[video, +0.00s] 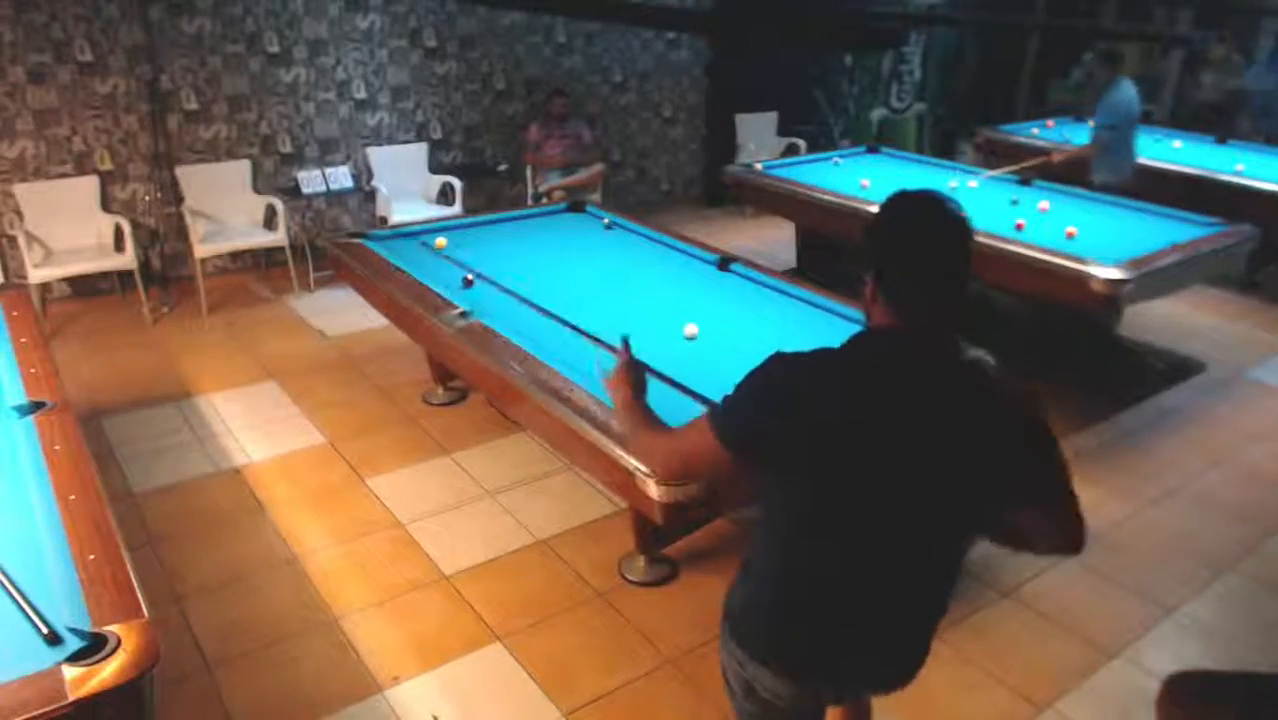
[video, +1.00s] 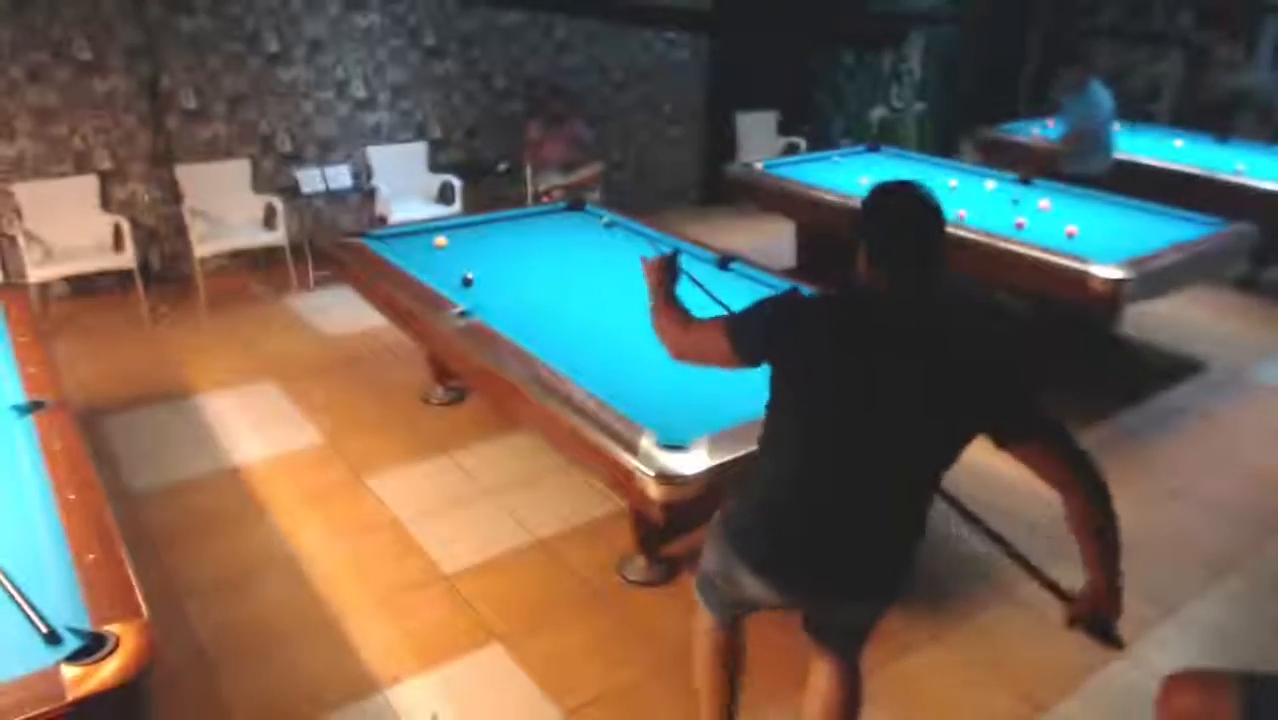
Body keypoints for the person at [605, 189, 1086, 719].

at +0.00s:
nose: (866, 286)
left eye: (866, 275)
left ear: (870, 287)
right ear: (959, 293)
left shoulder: (797, 382)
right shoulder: (996, 406)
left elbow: (666, 460)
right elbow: (1062, 532)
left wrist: (626, 400)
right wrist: (960, 504)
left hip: (776, 646)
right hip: (892, 653)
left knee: (770, 706)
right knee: (853, 688)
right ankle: (855, 707)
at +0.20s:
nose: (861, 277)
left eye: (864, 265)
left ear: (868, 279)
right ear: (955, 286)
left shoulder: (794, 369)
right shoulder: (993, 403)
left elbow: (652, 410)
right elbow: (1054, 540)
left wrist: (604, 348)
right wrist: (981, 573)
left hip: (774, 632)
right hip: (889, 639)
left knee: (777, 707)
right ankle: (848, 703)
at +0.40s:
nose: (861, 277)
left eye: (862, 265)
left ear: (865, 279)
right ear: (951, 285)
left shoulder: (797, 357)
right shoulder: (986, 399)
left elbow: (656, 381)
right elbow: (1071, 526)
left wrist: (613, 310)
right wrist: (1068, 593)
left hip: (771, 613)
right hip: (879, 623)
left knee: (763, 702)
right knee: (845, 671)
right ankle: (839, 703)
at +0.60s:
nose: (867, 263)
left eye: (869, 251)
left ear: (872, 264)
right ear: (954, 272)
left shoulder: (807, 345)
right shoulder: (980, 375)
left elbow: (678, 381)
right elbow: (1079, 504)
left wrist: (637, 328)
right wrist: (975, 497)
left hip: (780, 591)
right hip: (885, 594)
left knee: (771, 706)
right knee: (845, 662)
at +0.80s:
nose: (866, 252)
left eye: (870, 243)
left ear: (874, 253)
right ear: (951, 258)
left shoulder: (811, 328)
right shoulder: (988, 356)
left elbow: (684, 356)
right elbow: (1084, 503)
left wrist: (644, 297)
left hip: (782, 558)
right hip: (885, 574)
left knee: (746, 661)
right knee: (846, 670)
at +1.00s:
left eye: (863, 245)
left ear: (861, 253)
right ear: (939, 259)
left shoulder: (801, 321)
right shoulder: (967, 357)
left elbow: (682, 341)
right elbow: (1080, 483)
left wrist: (658, 289)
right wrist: (1103, 589)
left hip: (770, 537)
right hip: (871, 561)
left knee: (716, 608)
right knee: (836, 654)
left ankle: (717, 711)